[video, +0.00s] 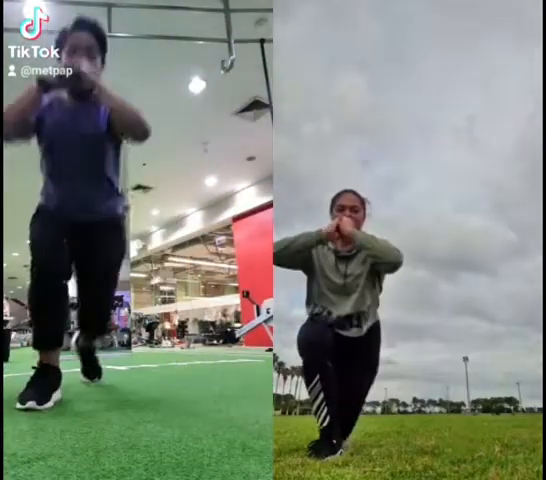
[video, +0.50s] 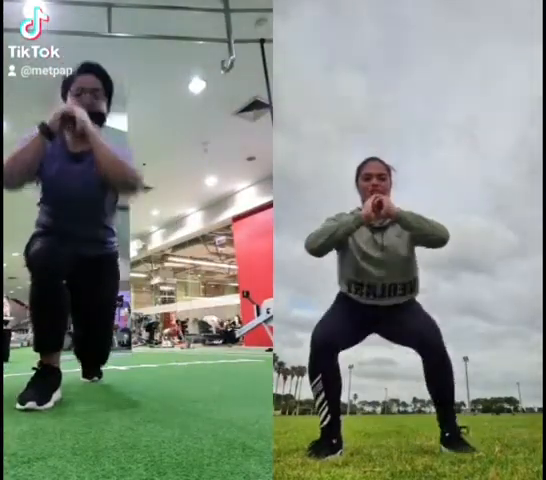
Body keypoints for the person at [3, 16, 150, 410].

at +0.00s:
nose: (80, 60)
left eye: (89, 54)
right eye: (72, 52)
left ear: (101, 62)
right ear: (59, 57)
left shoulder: (108, 107)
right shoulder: (46, 105)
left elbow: (141, 131)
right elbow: (7, 128)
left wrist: (98, 89)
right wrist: (39, 86)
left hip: (104, 215)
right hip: (55, 213)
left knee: (100, 297)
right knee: (45, 280)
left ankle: (87, 344)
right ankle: (47, 369)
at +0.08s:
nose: (79, 79)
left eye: (88, 72)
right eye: (72, 71)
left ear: (103, 79)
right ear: (61, 75)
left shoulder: (110, 119)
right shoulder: (48, 121)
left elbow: (129, 154)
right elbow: (10, 152)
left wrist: (91, 109)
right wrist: (43, 108)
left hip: (98, 227)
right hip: (51, 223)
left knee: (96, 305)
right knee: (43, 277)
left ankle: (86, 348)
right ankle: (48, 368)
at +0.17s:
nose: (88, 99)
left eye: (97, 92)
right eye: (81, 90)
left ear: (108, 100)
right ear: (67, 92)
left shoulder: (114, 140)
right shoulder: (48, 136)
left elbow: (122, 178)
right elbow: (9, 172)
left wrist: (88, 130)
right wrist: (46, 126)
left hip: (93, 242)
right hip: (47, 236)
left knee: (95, 324)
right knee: (44, 275)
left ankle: (90, 355)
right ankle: (47, 369)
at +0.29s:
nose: (92, 115)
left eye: (101, 109)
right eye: (84, 107)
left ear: (112, 119)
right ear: (69, 112)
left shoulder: (115, 162)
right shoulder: (44, 152)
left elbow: (121, 208)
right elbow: (10, 196)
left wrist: (87, 154)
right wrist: (48, 148)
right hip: (45, 247)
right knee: (43, 267)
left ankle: (92, 361)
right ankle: (48, 370)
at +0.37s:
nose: (90, 114)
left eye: (100, 108)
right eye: (82, 106)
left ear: (110, 118)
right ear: (66, 112)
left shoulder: (115, 164)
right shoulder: (42, 154)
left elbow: (124, 211)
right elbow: (10, 198)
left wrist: (89, 157)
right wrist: (48, 151)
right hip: (46, 248)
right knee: (41, 265)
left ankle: (91, 359)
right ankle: (47, 370)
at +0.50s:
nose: (86, 101)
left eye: (95, 94)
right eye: (79, 93)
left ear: (106, 104)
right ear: (65, 99)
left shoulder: (115, 146)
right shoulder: (45, 141)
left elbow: (129, 184)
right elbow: (10, 178)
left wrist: (93, 135)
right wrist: (46, 133)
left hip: (98, 247)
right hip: (51, 240)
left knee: (96, 348)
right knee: (45, 268)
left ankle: (92, 362)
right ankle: (48, 369)